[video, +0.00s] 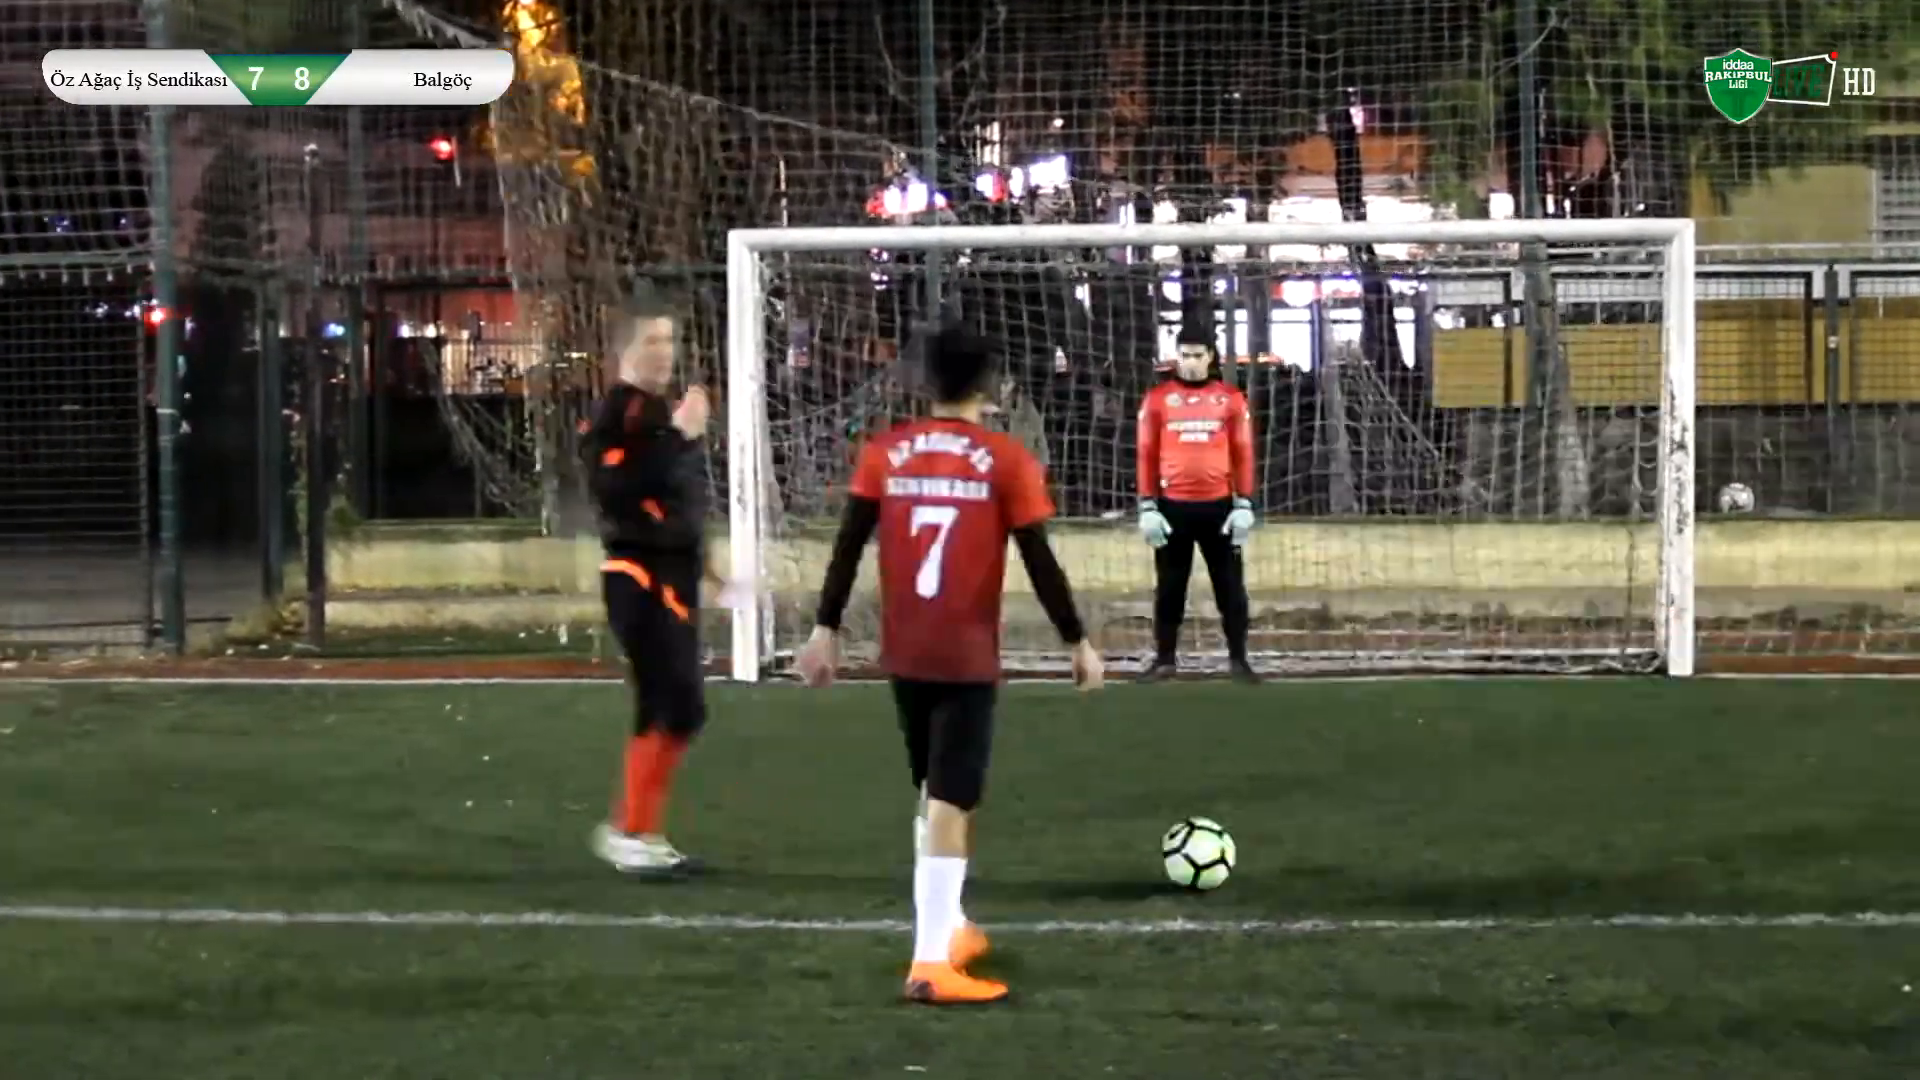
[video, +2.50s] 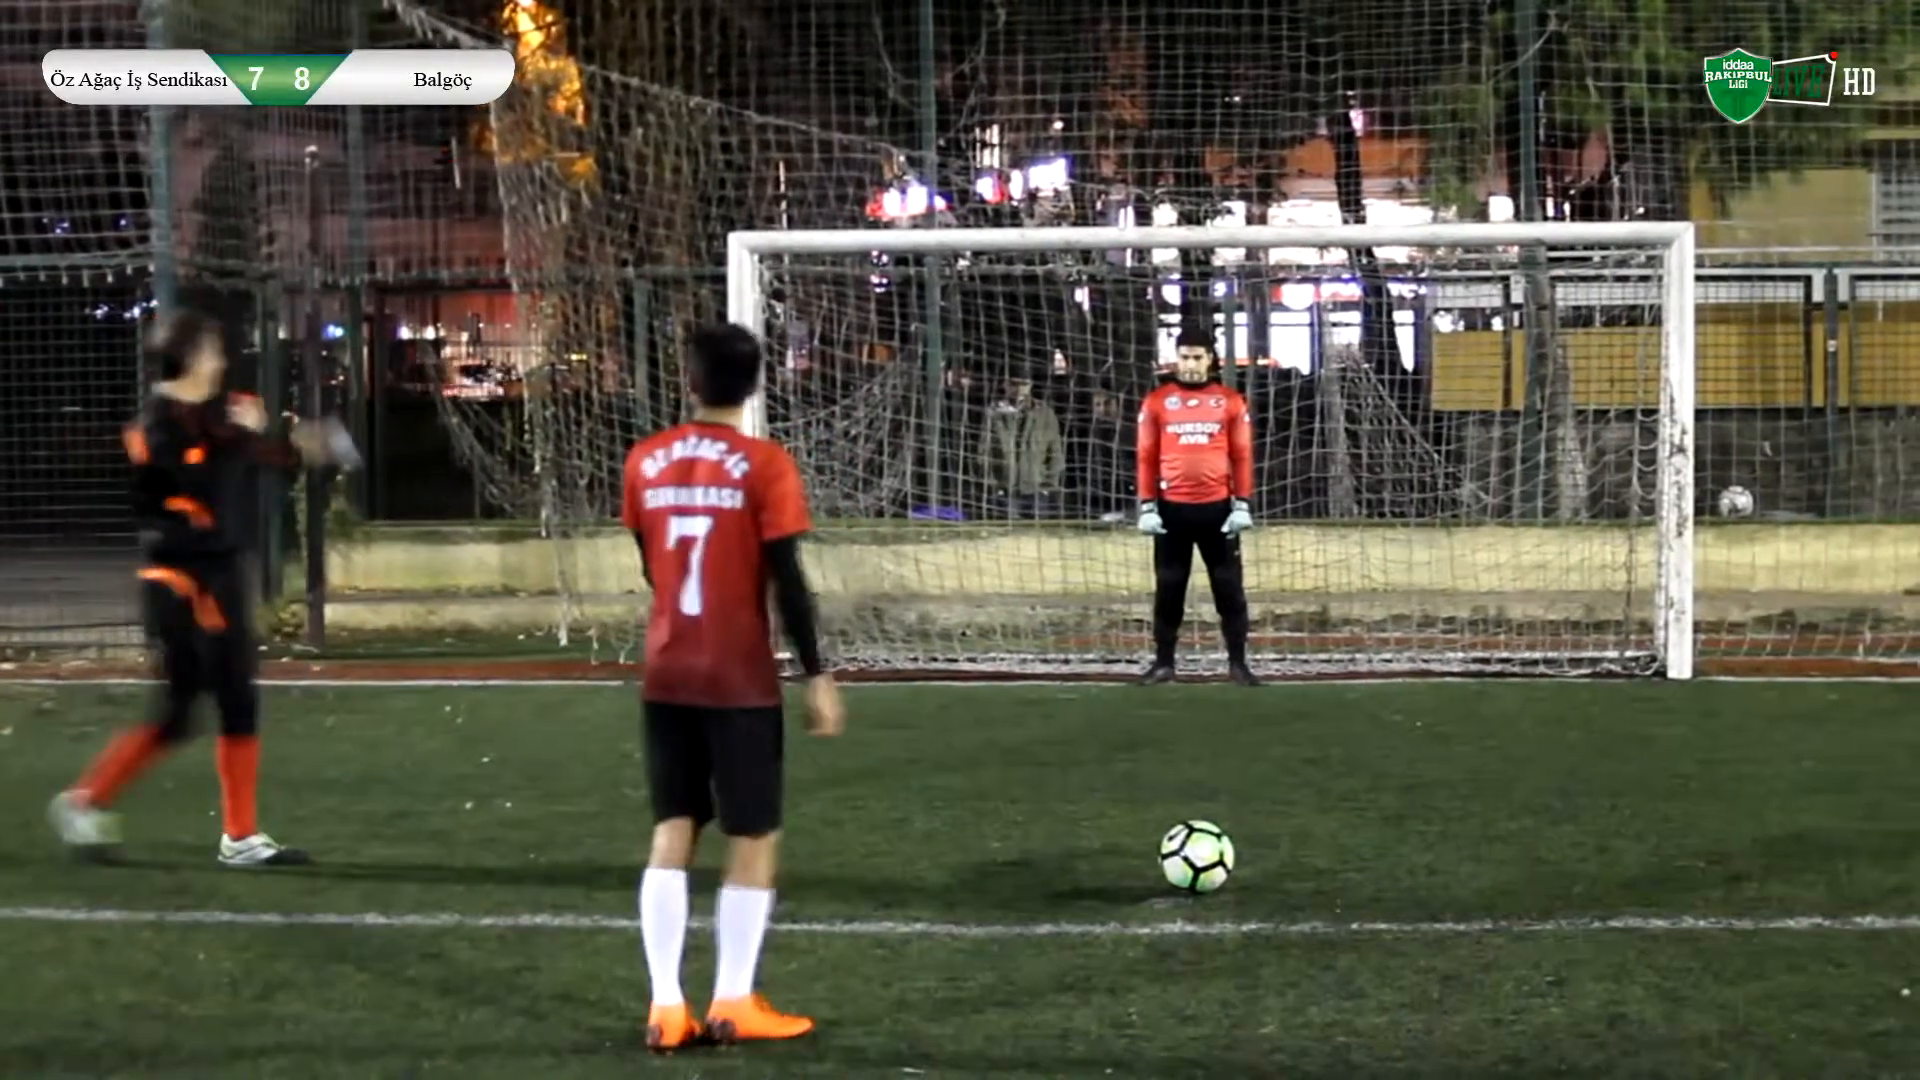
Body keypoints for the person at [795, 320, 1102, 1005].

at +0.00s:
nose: (985, 386)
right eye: (986, 375)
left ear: (926, 380)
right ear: (985, 381)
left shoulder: (886, 449)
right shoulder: (1006, 458)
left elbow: (849, 543)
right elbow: (1040, 562)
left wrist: (825, 627)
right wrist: (1077, 639)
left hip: (904, 651)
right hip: (968, 655)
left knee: (932, 786)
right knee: (952, 800)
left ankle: (946, 924)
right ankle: (930, 957)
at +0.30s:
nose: (959, 381)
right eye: (960, 372)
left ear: (898, 372)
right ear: (957, 376)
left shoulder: (858, 445)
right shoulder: (980, 449)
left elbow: (837, 551)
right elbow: (1008, 554)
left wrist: (836, 637)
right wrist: (1043, 638)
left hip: (878, 648)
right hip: (947, 653)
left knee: (891, 782)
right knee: (940, 805)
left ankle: (849, 926)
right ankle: (934, 963)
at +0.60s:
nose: (912, 382)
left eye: (905, 370)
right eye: (910, 373)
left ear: (844, 379)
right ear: (903, 380)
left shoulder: (805, 460)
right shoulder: (922, 460)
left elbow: (819, 541)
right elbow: (938, 562)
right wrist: (971, 656)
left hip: (830, 668)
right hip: (904, 669)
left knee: (812, 803)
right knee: (915, 813)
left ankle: (752, 950)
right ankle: (926, 967)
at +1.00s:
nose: (848, 393)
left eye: (846, 381)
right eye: (847, 383)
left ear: (779, 386)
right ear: (834, 388)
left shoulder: (734, 466)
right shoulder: (845, 466)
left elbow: (735, 542)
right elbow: (850, 572)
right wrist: (868, 674)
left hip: (747, 675)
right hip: (821, 676)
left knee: (743, 820)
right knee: (860, 817)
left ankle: (733, 985)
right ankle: (888, 967)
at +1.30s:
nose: (822, 385)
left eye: (818, 373)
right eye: (819, 375)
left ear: (752, 380)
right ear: (810, 383)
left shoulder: (709, 460)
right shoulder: (821, 462)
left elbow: (697, 571)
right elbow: (823, 574)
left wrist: (722, 634)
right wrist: (840, 676)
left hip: (724, 672)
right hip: (796, 674)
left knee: (730, 819)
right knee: (824, 815)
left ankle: (735, 981)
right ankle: (789, 973)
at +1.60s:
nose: (805, 385)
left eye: (798, 373)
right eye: (803, 376)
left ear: (735, 383)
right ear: (794, 384)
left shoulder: (694, 463)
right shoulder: (812, 462)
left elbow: (652, 568)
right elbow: (825, 570)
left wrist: (618, 656)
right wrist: (851, 672)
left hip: (708, 675)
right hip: (779, 676)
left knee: (726, 827)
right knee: (760, 833)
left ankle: (733, 987)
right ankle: (732, 999)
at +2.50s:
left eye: (699, 372)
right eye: (746, 378)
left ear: (691, 382)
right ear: (755, 385)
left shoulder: (643, 460)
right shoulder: (767, 463)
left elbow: (654, 568)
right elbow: (787, 576)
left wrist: (708, 614)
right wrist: (817, 671)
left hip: (665, 677)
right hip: (742, 680)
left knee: (673, 825)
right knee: (753, 835)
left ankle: (664, 1001)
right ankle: (734, 997)